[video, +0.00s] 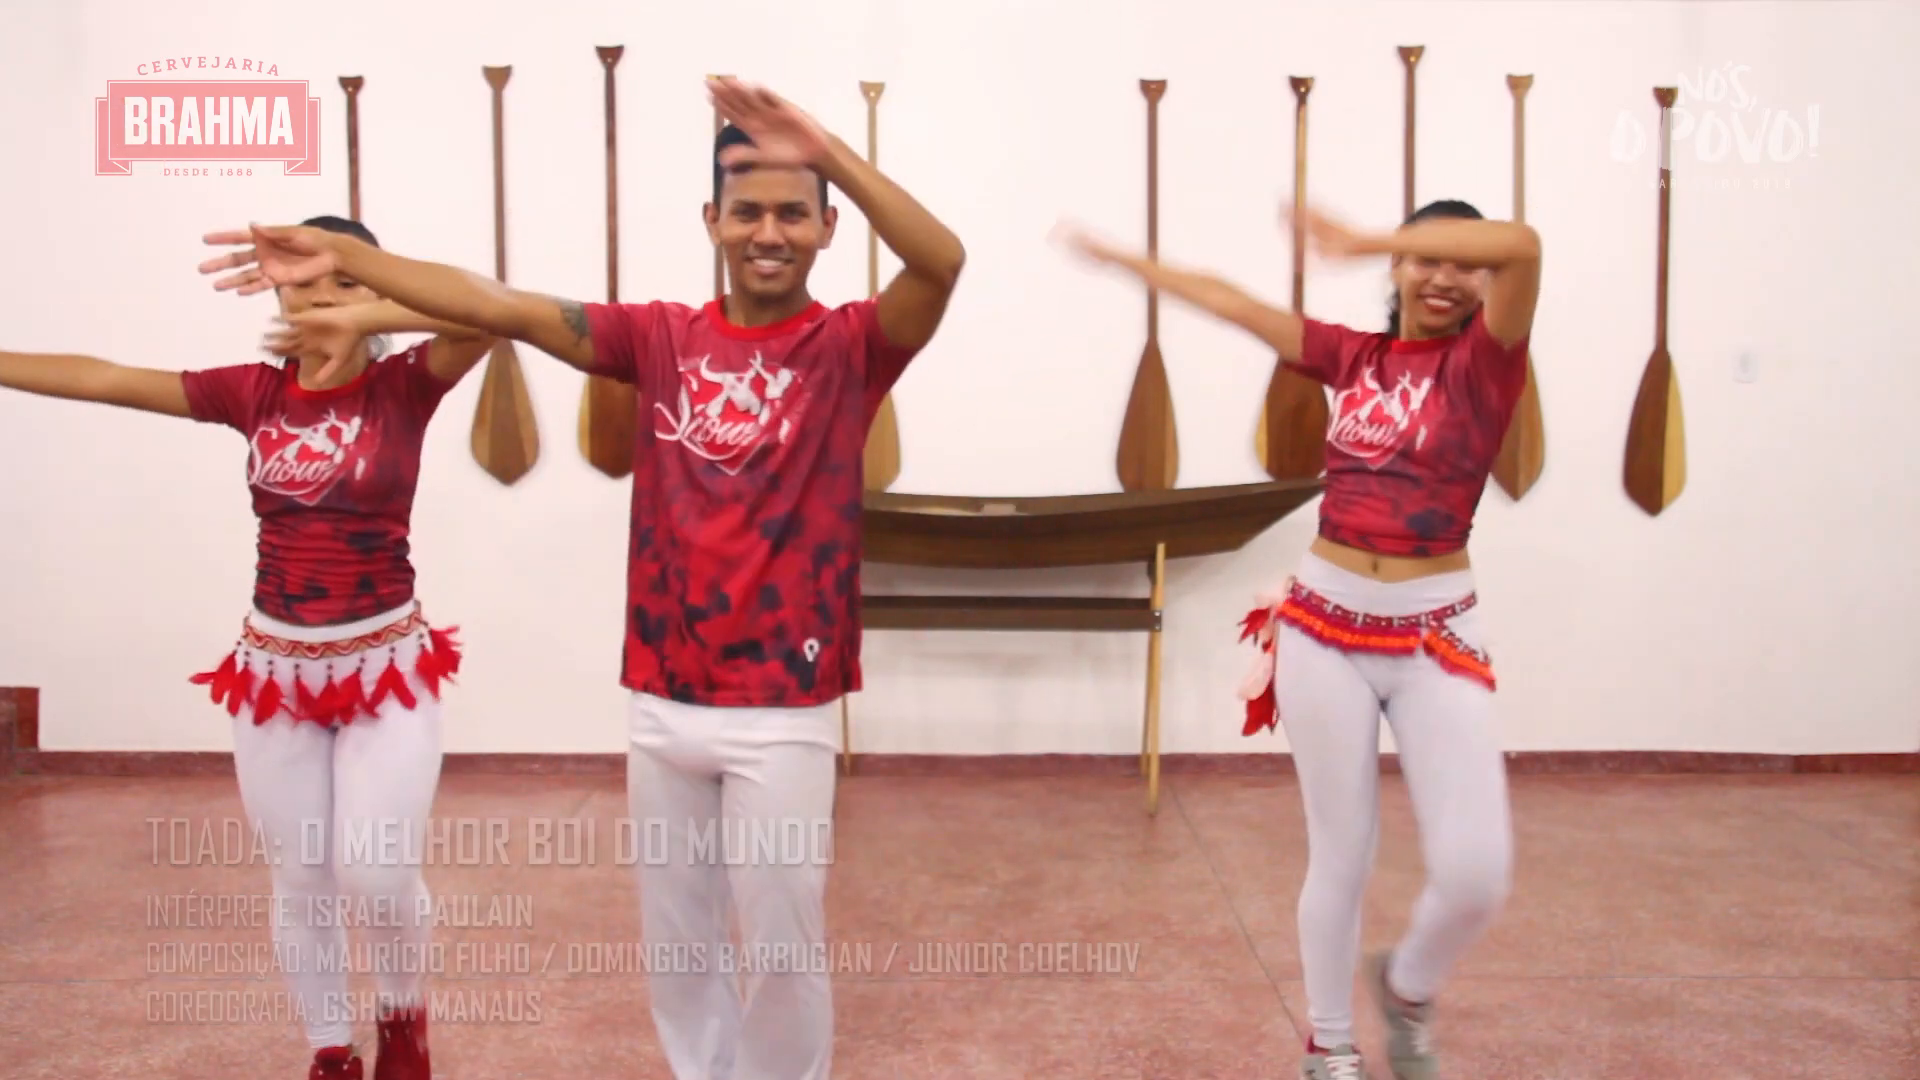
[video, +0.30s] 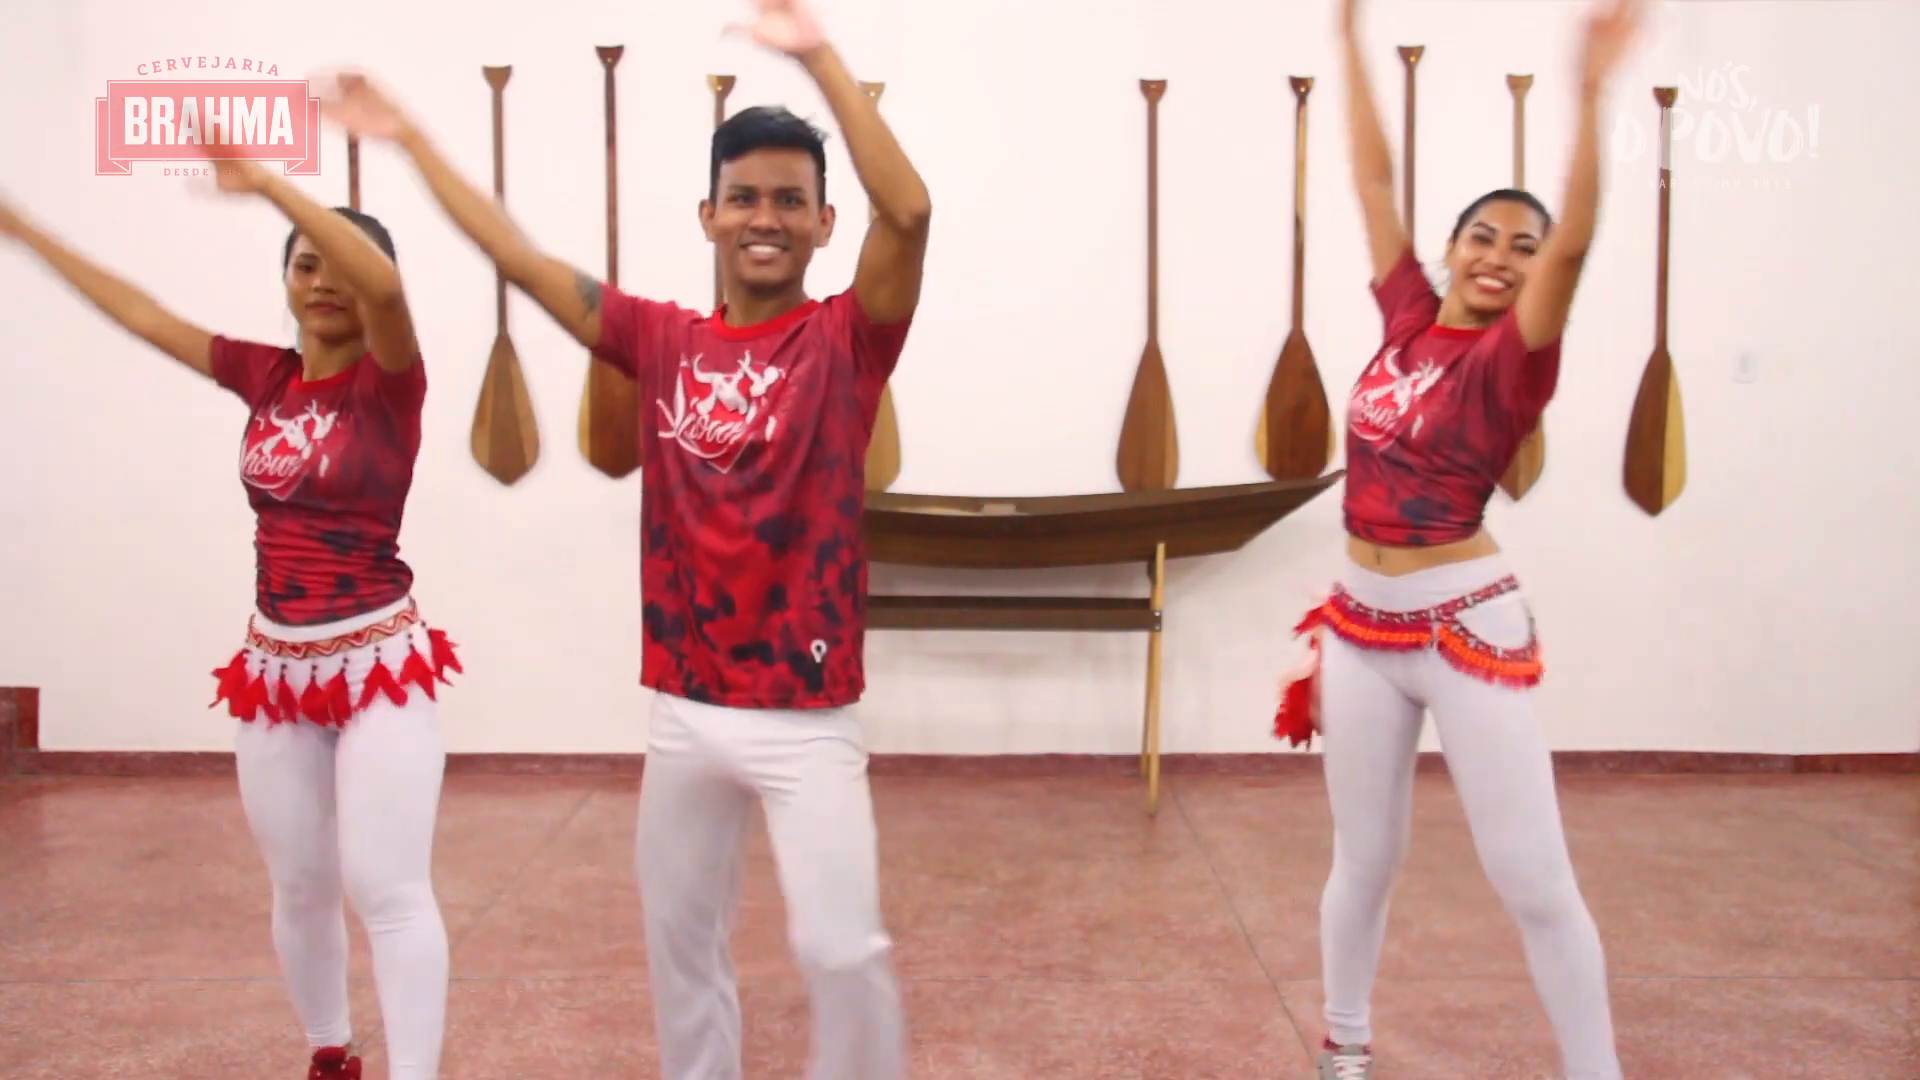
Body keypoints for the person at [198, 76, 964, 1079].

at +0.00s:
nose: (769, 232)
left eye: (791, 214)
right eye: (749, 212)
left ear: (822, 231)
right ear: (714, 226)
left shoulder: (851, 346)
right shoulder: (664, 334)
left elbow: (941, 262)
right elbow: (494, 305)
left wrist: (831, 154)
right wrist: (348, 253)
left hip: (786, 710)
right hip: (665, 703)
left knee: (779, 955)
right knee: (682, 955)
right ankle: (706, 1074)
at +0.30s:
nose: (763, 219)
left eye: (786, 200)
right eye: (741, 198)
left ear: (824, 224)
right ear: (708, 217)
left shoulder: (848, 340)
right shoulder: (664, 340)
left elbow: (906, 215)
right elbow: (521, 258)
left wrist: (819, 52)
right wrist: (409, 134)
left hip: (810, 725)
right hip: (687, 716)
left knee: (843, 954)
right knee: (684, 961)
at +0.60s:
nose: (834, 225)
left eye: (858, 205)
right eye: (811, 206)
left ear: (896, 231)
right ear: (779, 234)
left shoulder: (927, 358)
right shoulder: (745, 349)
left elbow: (1004, 243)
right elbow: (641, 217)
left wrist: (1036, 77)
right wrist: (605, 50)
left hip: (889, 761)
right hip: (755, 750)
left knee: (957, 1020)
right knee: (714, 999)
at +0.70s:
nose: (867, 217)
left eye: (892, 195)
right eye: (844, 199)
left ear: (937, 217)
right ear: (816, 222)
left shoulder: (975, 348)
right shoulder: (792, 342)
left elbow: (1063, 244)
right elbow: (684, 206)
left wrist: (1115, 91)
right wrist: (653, 38)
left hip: (942, 760)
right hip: (804, 748)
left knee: (994, 1026)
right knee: (734, 983)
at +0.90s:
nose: (913, 204)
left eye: (940, 180)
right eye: (892, 184)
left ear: (996, 198)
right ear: (871, 201)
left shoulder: (1040, 337)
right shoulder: (853, 320)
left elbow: (1157, 260)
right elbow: (746, 189)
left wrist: (1244, 128)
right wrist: (739, 27)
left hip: (1004, 759)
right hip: (871, 743)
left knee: (1026, 1030)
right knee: (796, 973)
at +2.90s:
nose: (856, 234)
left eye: (873, 217)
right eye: (834, 216)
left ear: (894, 234)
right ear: (786, 234)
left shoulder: (900, 324)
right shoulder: (770, 341)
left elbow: (988, 253)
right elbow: (750, 234)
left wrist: (1063, 144)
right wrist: (744, 82)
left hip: (909, 664)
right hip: (810, 678)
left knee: (994, 829)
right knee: (803, 888)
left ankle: (968, 1044)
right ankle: (782, 1069)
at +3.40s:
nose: (959, 249)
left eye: (974, 234)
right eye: (940, 235)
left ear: (1000, 251)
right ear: (908, 254)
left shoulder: (1029, 346)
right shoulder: (888, 351)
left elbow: (1141, 280)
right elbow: (870, 239)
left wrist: (1236, 208)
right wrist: (967, 126)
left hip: (1034, 650)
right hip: (932, 656)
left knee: (1026, 844)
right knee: (873, 852)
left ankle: (1019, 1005)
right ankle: (812, 1055)